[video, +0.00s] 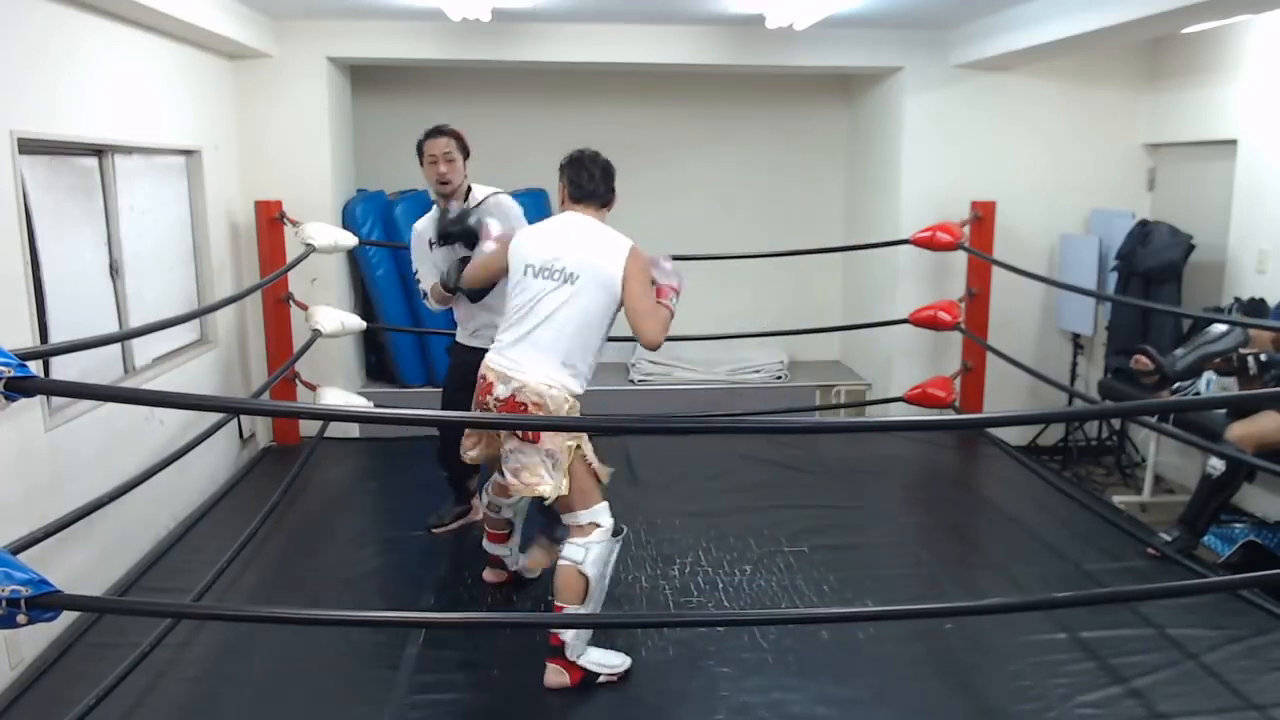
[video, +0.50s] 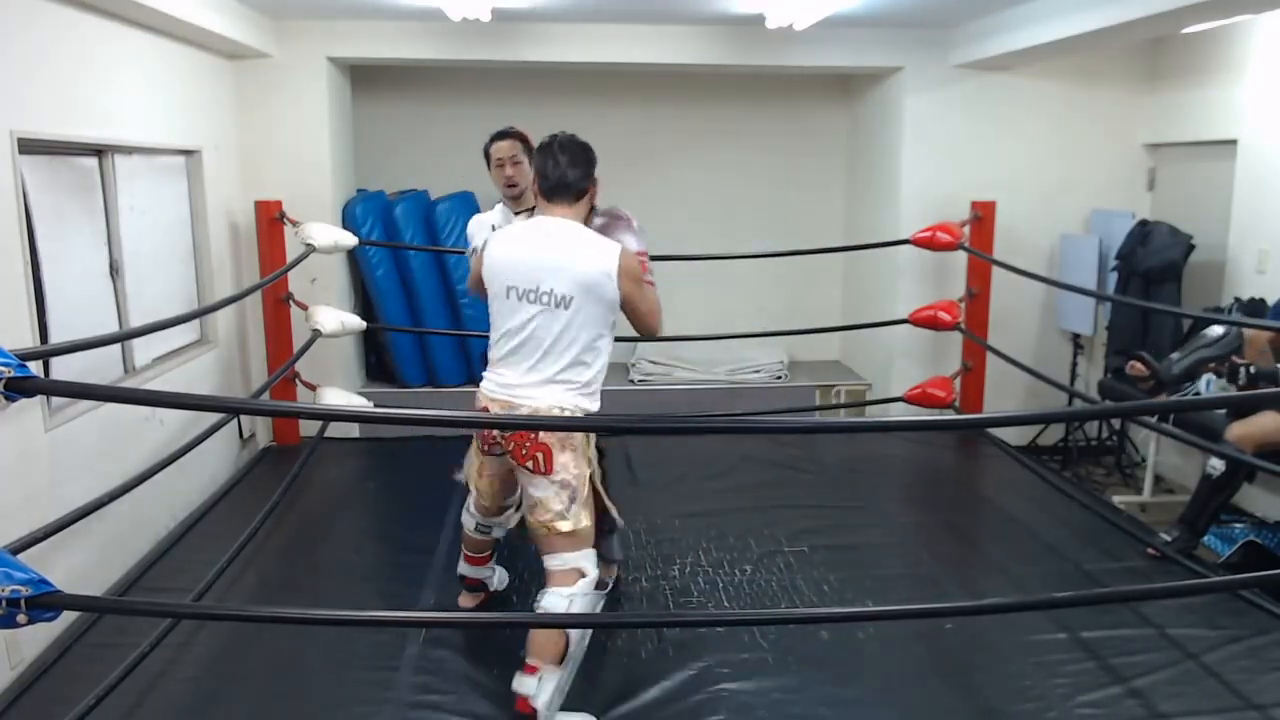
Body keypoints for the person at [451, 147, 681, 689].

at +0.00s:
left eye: (560, 189)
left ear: (561, 193)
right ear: (612, 199)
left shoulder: (527, 237)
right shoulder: (624, 253)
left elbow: (470, 279)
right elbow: (652, 335)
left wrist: (497, 253)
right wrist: (667, 298)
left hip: (492, 386)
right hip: (546, 403)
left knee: (506, 471)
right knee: (592, 526)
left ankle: (499, 562)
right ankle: (566, 656)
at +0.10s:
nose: (554, 183)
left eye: (551, 175)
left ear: (551, 180)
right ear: (602, 186)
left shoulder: (513, 229)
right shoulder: (617, 239)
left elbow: (467, 296)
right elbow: (641, 319)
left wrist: (513, 278)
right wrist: (658, 295)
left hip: (486, 381)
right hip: (547, 394)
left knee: (495, 468)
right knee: (571, 522)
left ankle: (482, 566)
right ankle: (568, 654)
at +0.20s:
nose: (528, 176)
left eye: (529, 168)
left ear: (535, 172)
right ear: (588, 177)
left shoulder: (502, 220)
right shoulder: (604, 232)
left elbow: (458, 279)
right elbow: (642, 313)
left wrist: (495, 276)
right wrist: (644, 272)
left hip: (481, 381)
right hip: (543, 390)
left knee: (482, 474)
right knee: (582, 516)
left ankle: (462, 585)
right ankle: (565, 649)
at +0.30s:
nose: (507, 172)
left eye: (516, 166)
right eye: (579, 174)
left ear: (525, 171)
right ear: (581, 177)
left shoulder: (492, 218)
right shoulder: (594, 239)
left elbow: (469, 246)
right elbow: (632, 310)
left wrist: (525, 219)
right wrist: (621, 253)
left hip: (481, 381)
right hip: (547, 391)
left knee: (477, 485)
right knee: (598, 518)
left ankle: (467, 587)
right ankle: (555, 632)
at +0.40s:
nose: (584, 183)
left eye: (520, 166)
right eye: (587, 177)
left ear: (527, 173)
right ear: (583, 179)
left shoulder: (487, 224)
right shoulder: (596, 241)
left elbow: (487, 250)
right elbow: (630, 307)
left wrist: (551, 220)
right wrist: (614, 250)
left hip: (486, 391)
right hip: (554, 403)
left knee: (483, 493)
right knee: (591, 540)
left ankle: (471, 586)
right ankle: (550, 672)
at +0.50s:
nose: (593, 192)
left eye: (531, 182)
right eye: (593, 185)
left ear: (533, 188)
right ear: (594, 189)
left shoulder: (499, 241)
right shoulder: (611, 257)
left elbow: (479, 286)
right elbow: (650, 323)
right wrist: (637, 274)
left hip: (494, 412)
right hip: (558, 425)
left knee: (483, 512)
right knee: (569, 577)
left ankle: (474, 588)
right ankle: (532, 700)